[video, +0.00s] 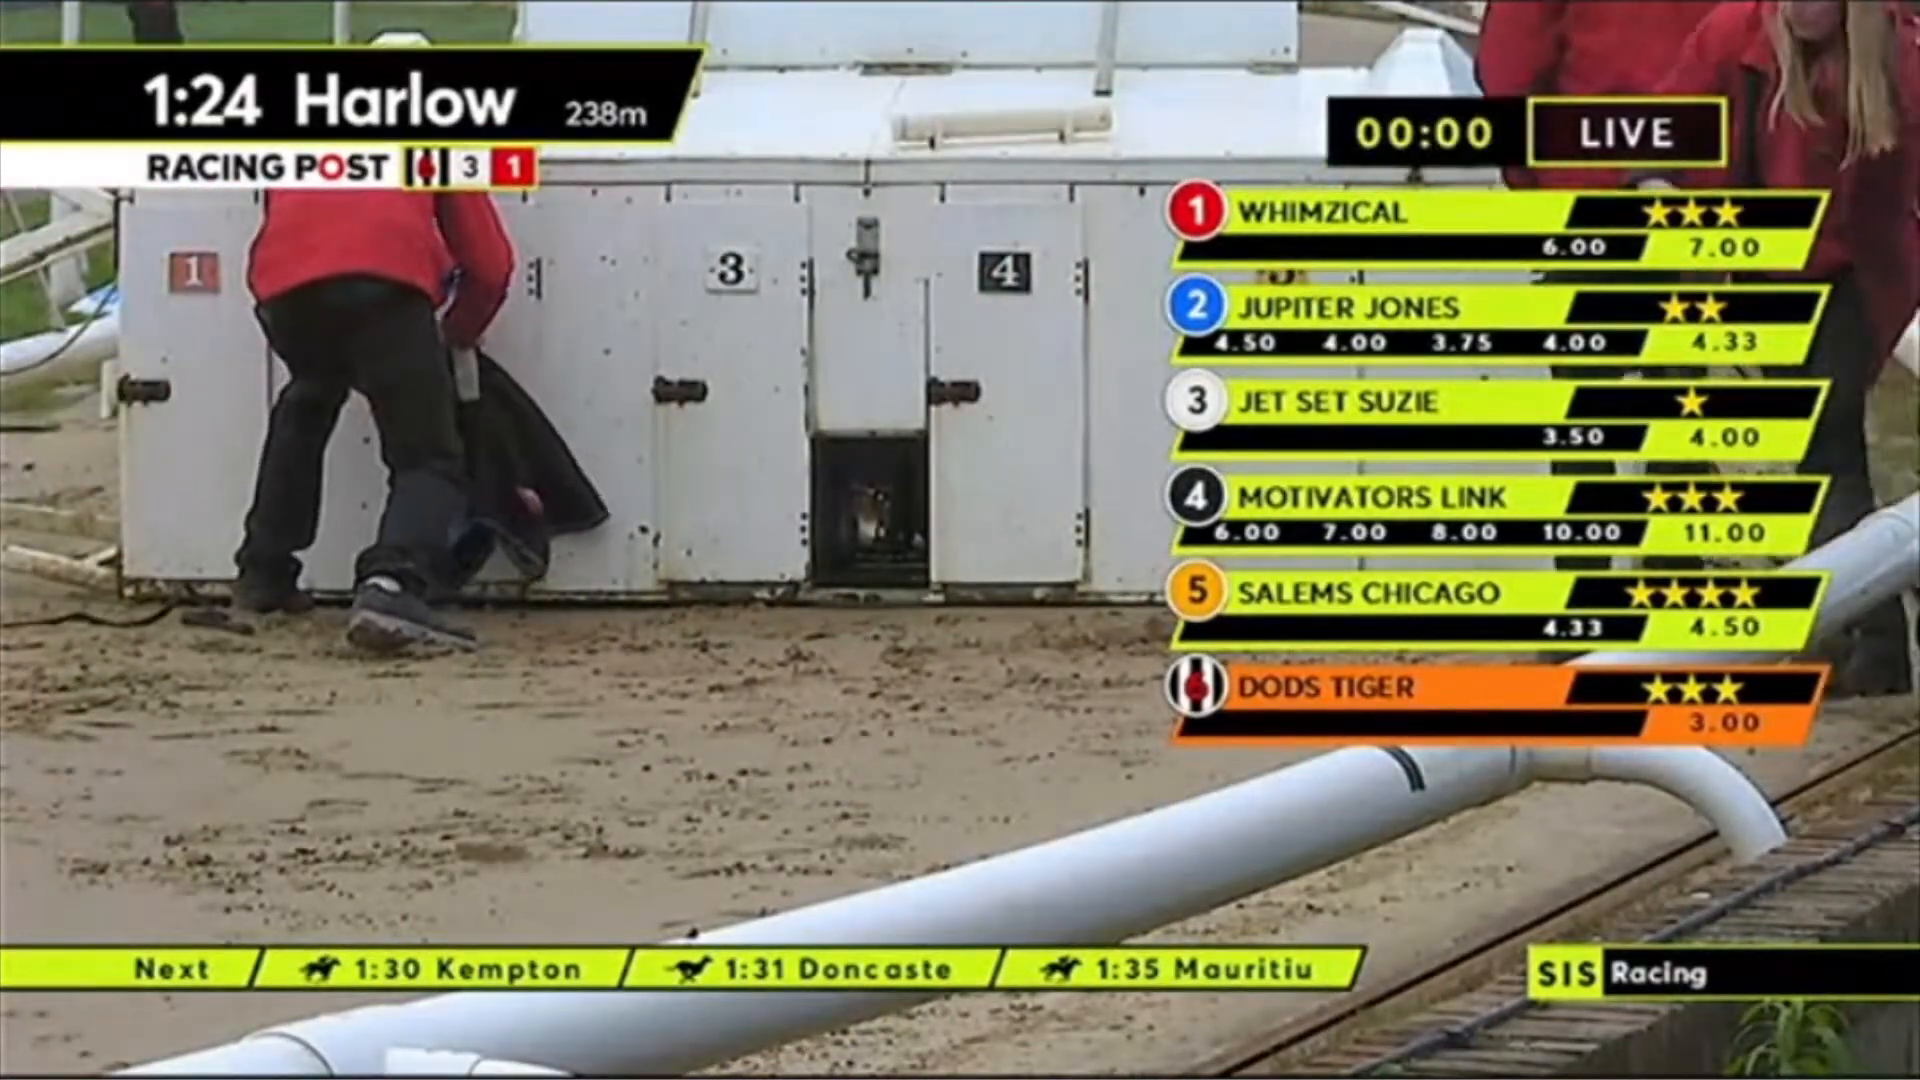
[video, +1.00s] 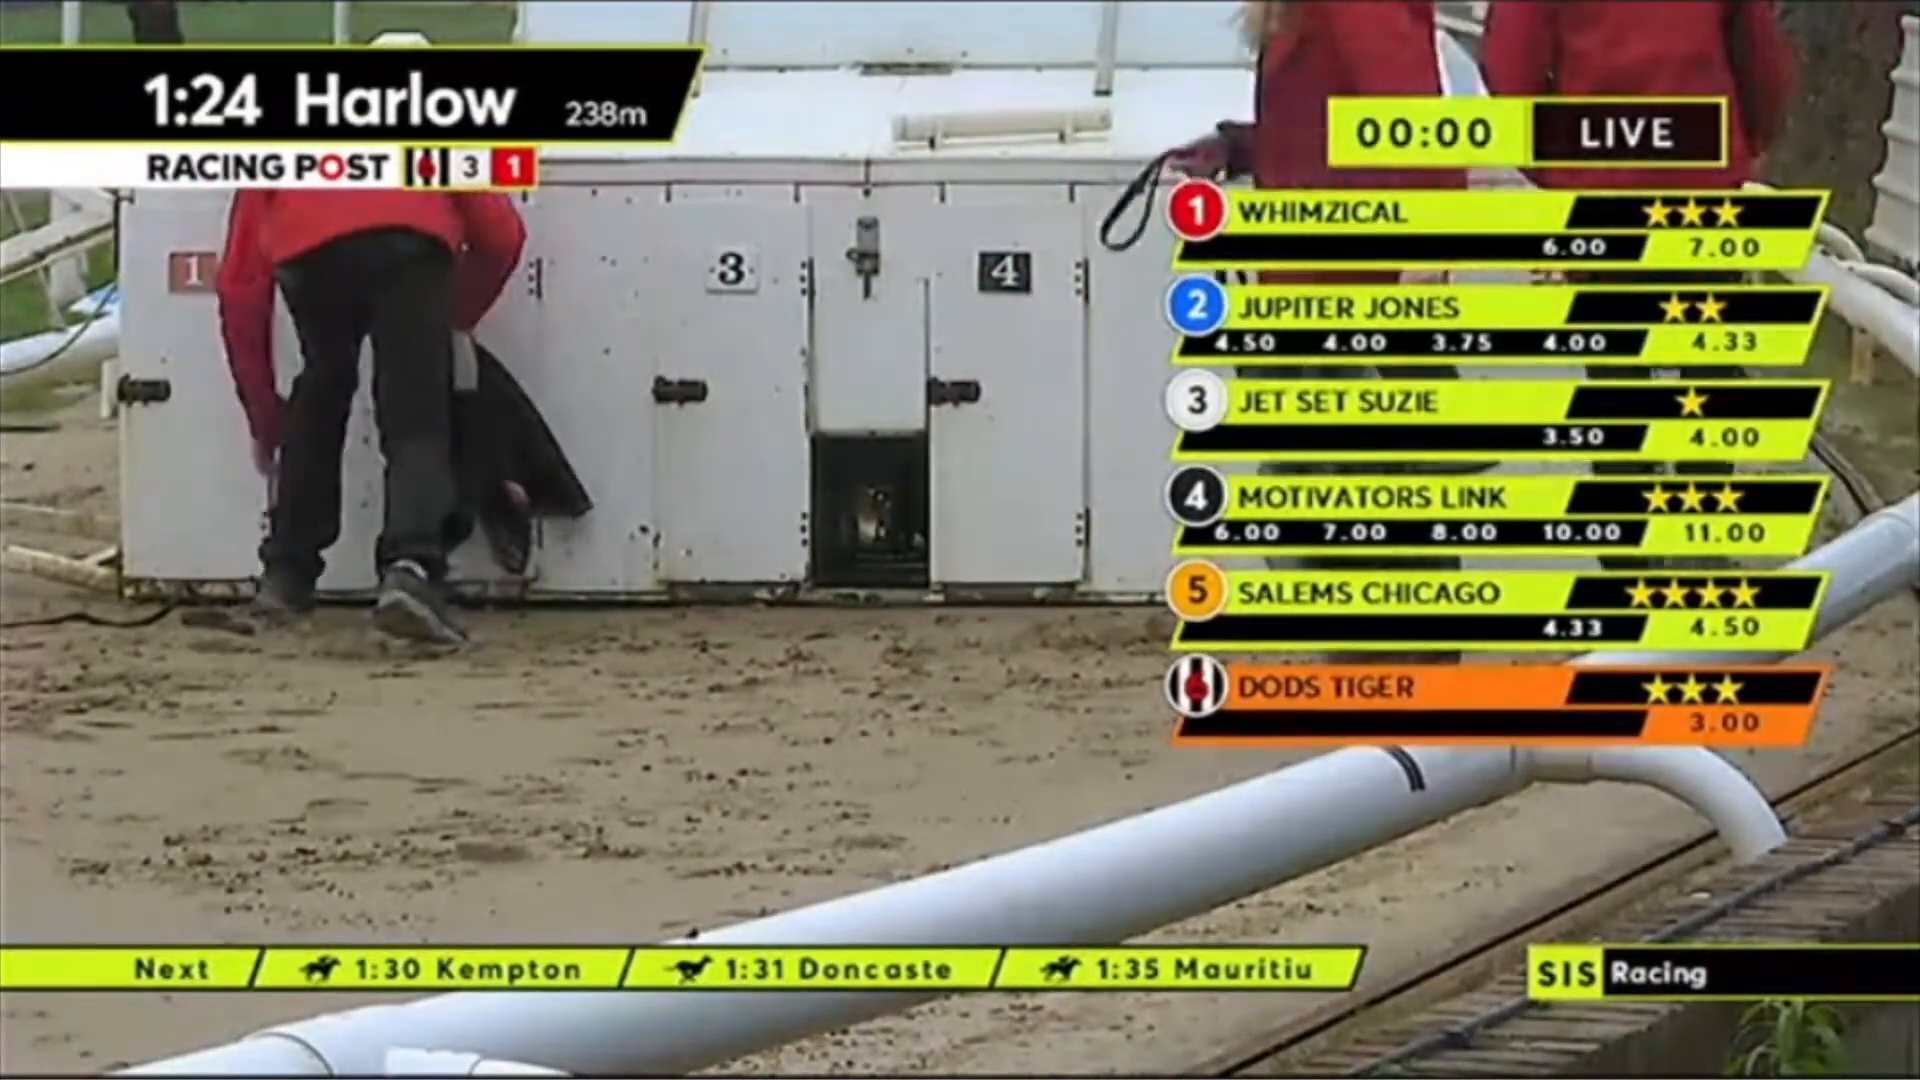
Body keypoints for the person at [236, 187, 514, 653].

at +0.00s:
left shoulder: (295, 163)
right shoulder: (435, 158)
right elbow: (492, 265)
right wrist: (455, 333)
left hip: (282, 286)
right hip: (385, 282)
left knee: (312, 386)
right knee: (427, 460)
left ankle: (263, 572)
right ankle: (391, 586)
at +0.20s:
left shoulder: (290, 164)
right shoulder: (435, 159)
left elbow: (278, 233)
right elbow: (494, 263)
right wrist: (456, 334)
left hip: (291, 287)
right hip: (391, 281)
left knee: (311, 388)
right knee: (428, 458)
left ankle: (263, 572)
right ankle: (389, 586)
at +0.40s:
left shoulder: (289, 164)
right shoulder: (434, 159)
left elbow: (279, 238)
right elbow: (494, 262)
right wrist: (450, 334)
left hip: (298, 292)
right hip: (400, 282)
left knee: (318, 391)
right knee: (437, 460)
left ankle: (265, 572)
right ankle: (394, 585)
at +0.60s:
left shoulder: (292, 163)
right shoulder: (435, 160)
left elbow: (281, 232)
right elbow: (493, 264)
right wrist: (448, 334)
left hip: (296, 294)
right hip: (397, 288)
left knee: (313, 388)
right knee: (436, 466)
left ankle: (266, 571)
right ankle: (394, 583)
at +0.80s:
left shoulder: (300, 163)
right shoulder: (440, 161)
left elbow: (273, 243)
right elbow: (488, 260)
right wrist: (457, 330)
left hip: (291, 271)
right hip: (389, 269)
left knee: (306, 383)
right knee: (417, 448)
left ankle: (271, 570)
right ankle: (396, 579)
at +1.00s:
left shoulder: (269, 176)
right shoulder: (432, 157)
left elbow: (238, 286)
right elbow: (503, 235)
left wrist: (263, 414)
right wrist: (456, 316)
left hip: (308, 248)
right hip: (410, 234)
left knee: (321, 388)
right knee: (414, 416)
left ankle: (289, 574)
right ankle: (411, 571)